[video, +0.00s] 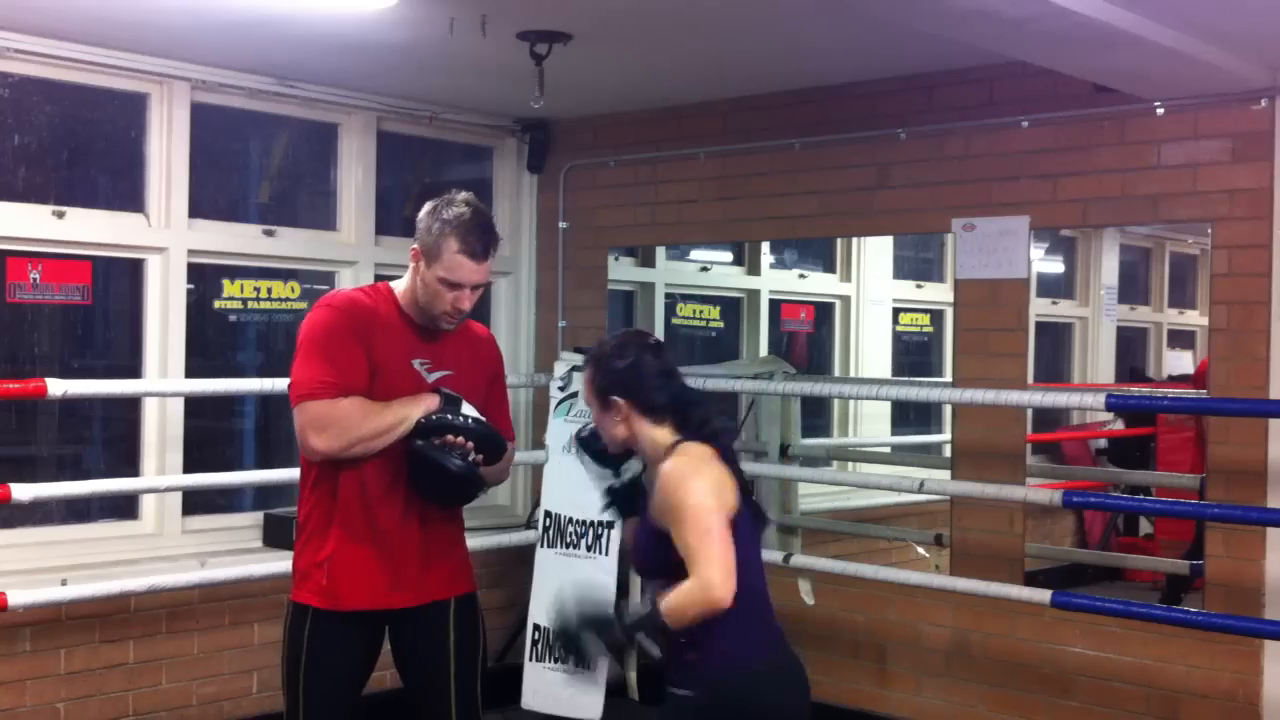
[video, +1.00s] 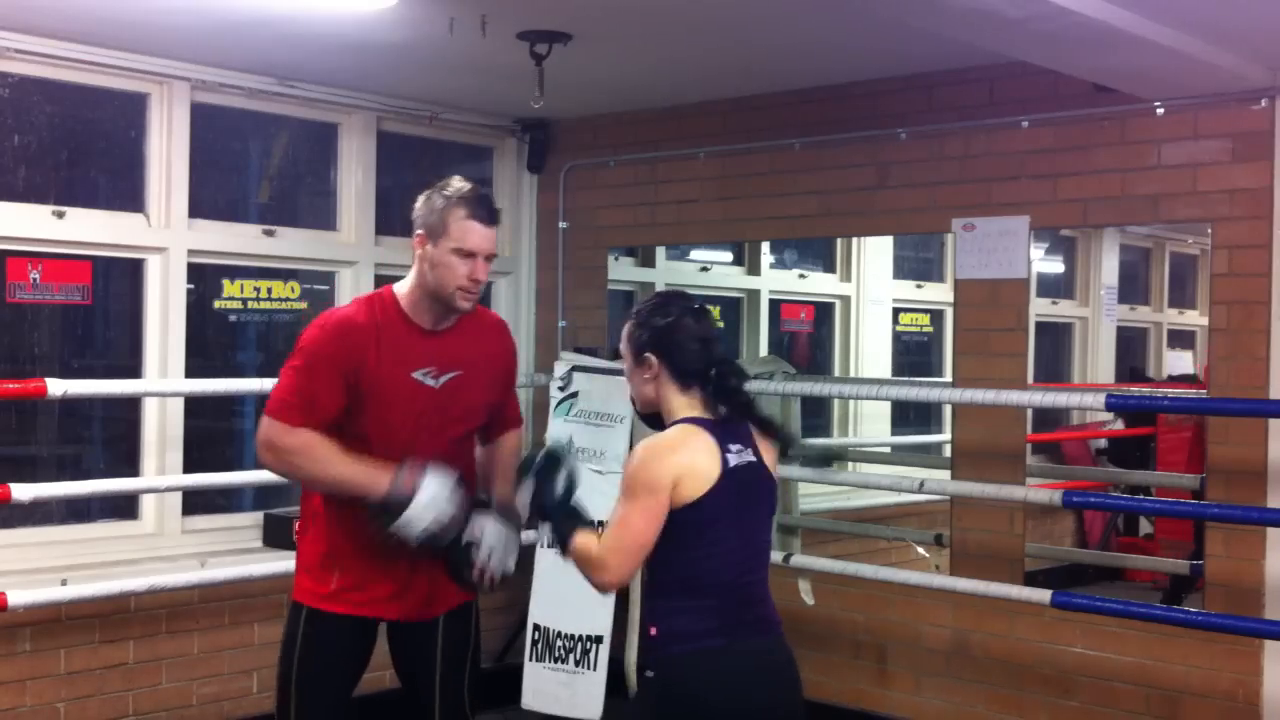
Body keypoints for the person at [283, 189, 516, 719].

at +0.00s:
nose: (465, 303)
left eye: (478, 288)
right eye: (452, 285)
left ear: (489, 272)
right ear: (416, 259)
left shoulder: (478, 345)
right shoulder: (340, 316)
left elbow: (500, 465)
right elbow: (320, 433)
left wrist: (476, 455)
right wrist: (428, 402)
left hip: (439, 579)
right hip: (339, 580)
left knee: (455, 710)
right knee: (318, 713)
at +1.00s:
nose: (480, 274)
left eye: (488, 259)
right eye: (465, 255)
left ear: (494, 257)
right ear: (421, 247)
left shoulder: (492, 338)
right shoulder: (344, 331)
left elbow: (502, 431)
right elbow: (277, 440)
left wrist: (501, 511)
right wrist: (399, 483)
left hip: (442, 585)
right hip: (338, 582)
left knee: (448, 709)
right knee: (307, 711)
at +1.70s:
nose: (338, 253)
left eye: (347, 239)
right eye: (326, 237)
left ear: (359, 243)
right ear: (280, 233)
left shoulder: (364, 323)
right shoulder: (222, 320)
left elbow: (443, 398)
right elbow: (254, 410)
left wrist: (443, 315)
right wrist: (307, 303)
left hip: (350, 575)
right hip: (246, 580)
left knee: (382, 709)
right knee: (238, 713)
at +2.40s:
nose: (325, 260)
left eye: (333, 247)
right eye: (312, 245)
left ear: (341, 246)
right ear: (266, 239)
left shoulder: (347, 323)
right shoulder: (207, 332)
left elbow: (426, 385)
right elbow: (235, 429)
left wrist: (435, 313)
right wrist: (296, 325)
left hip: (350, 577)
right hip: (250, 588)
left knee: (379, 709)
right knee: (243, 714)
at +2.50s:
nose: (320, 262)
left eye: (329, 246)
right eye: (307, 245)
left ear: (336, 242)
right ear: (260, 238)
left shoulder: (343, 330)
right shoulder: (203, 331)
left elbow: (403, 407)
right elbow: (229, 424)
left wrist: (408, 329)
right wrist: (272, 319)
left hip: (348, 582)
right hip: (246, 591)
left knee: (378, 710)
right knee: (241, 714)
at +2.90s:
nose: (328, 264)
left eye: (333, 250)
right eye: (313, 247)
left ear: (333, 253)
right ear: (267, 245)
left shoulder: (318, 335)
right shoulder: (214, 341)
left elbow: (311, 461)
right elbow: (250, 461)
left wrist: (334, 541)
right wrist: (335, 396)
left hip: (325, 581)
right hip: (233, 597)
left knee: (366, 707)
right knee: (236, 714)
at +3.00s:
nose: (352, 268)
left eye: (357, 254)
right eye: (337, 250)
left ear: (360, 253)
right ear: (291, 247)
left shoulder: (317, 338)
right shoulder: (248, 336)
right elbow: (296, 462)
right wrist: (363, 396)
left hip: (323, 580)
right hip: (239, 593)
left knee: (365, 704)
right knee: (240, 713)